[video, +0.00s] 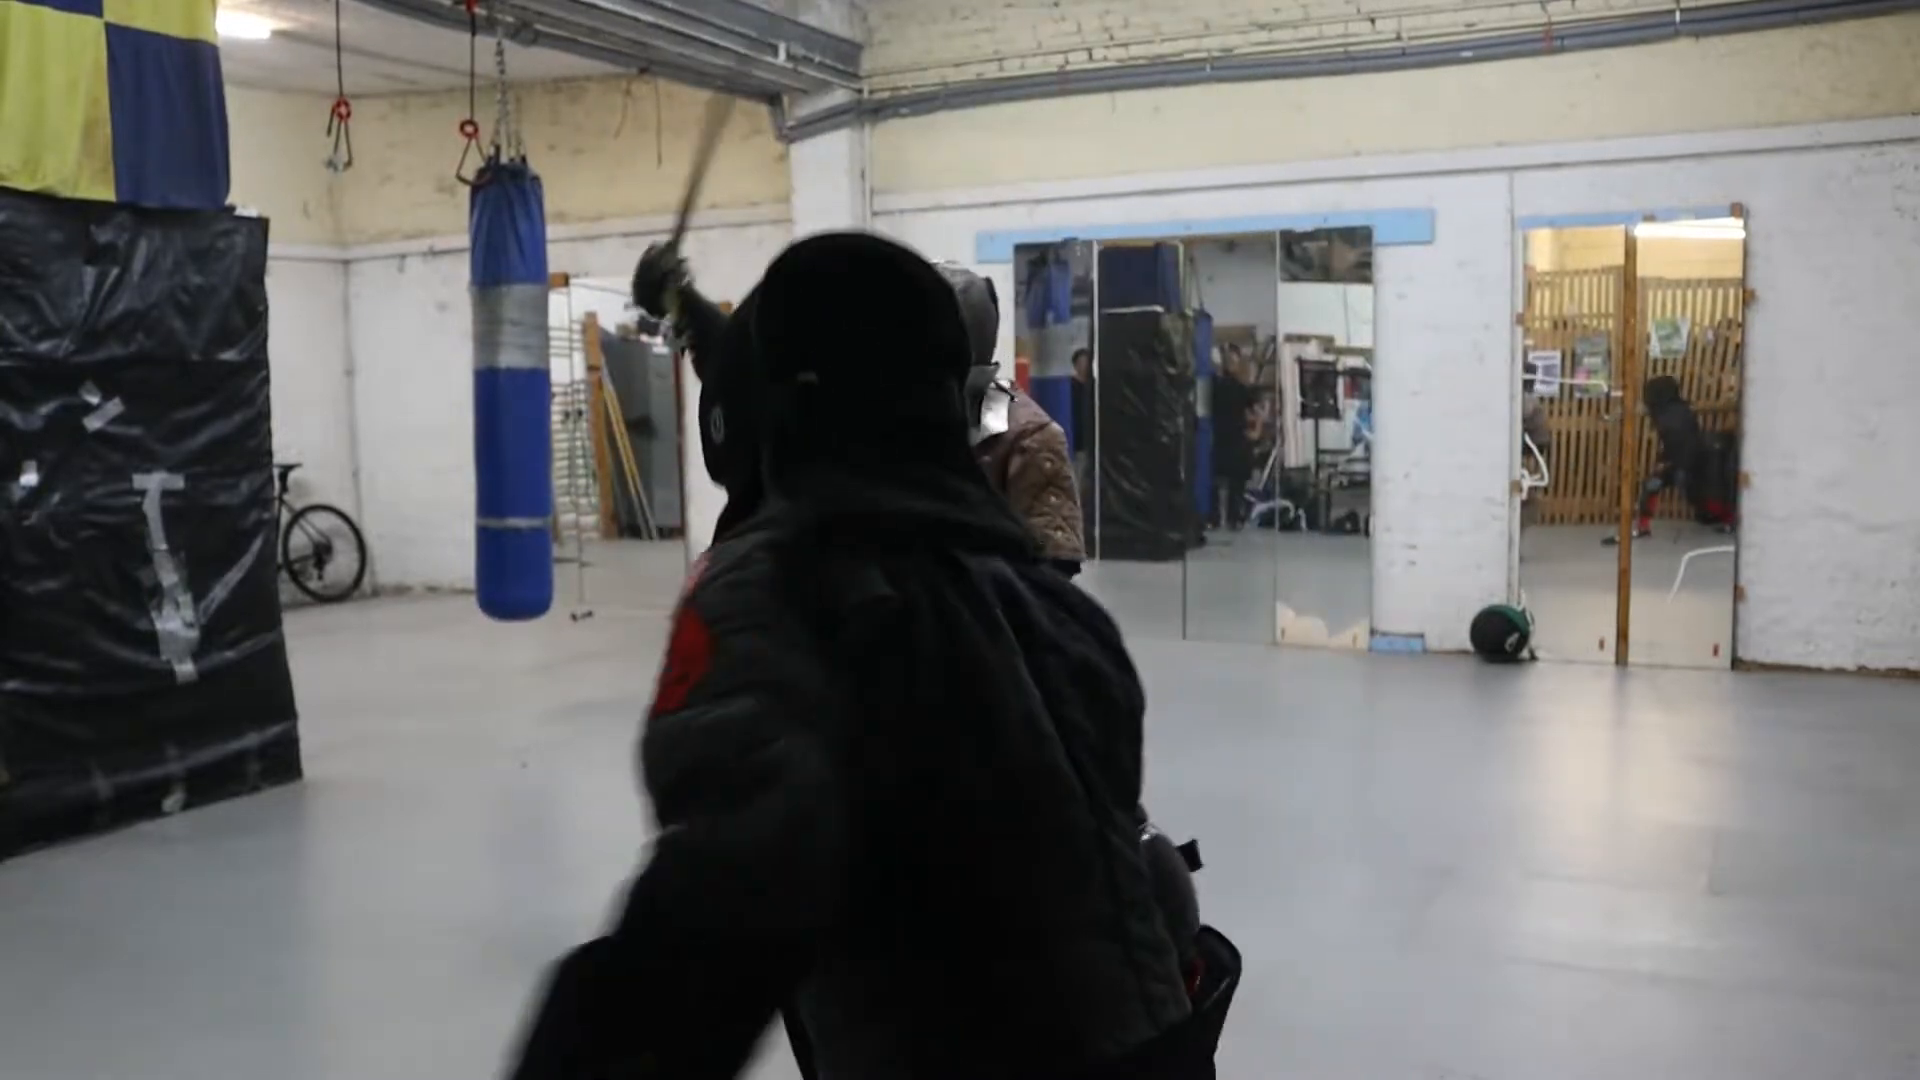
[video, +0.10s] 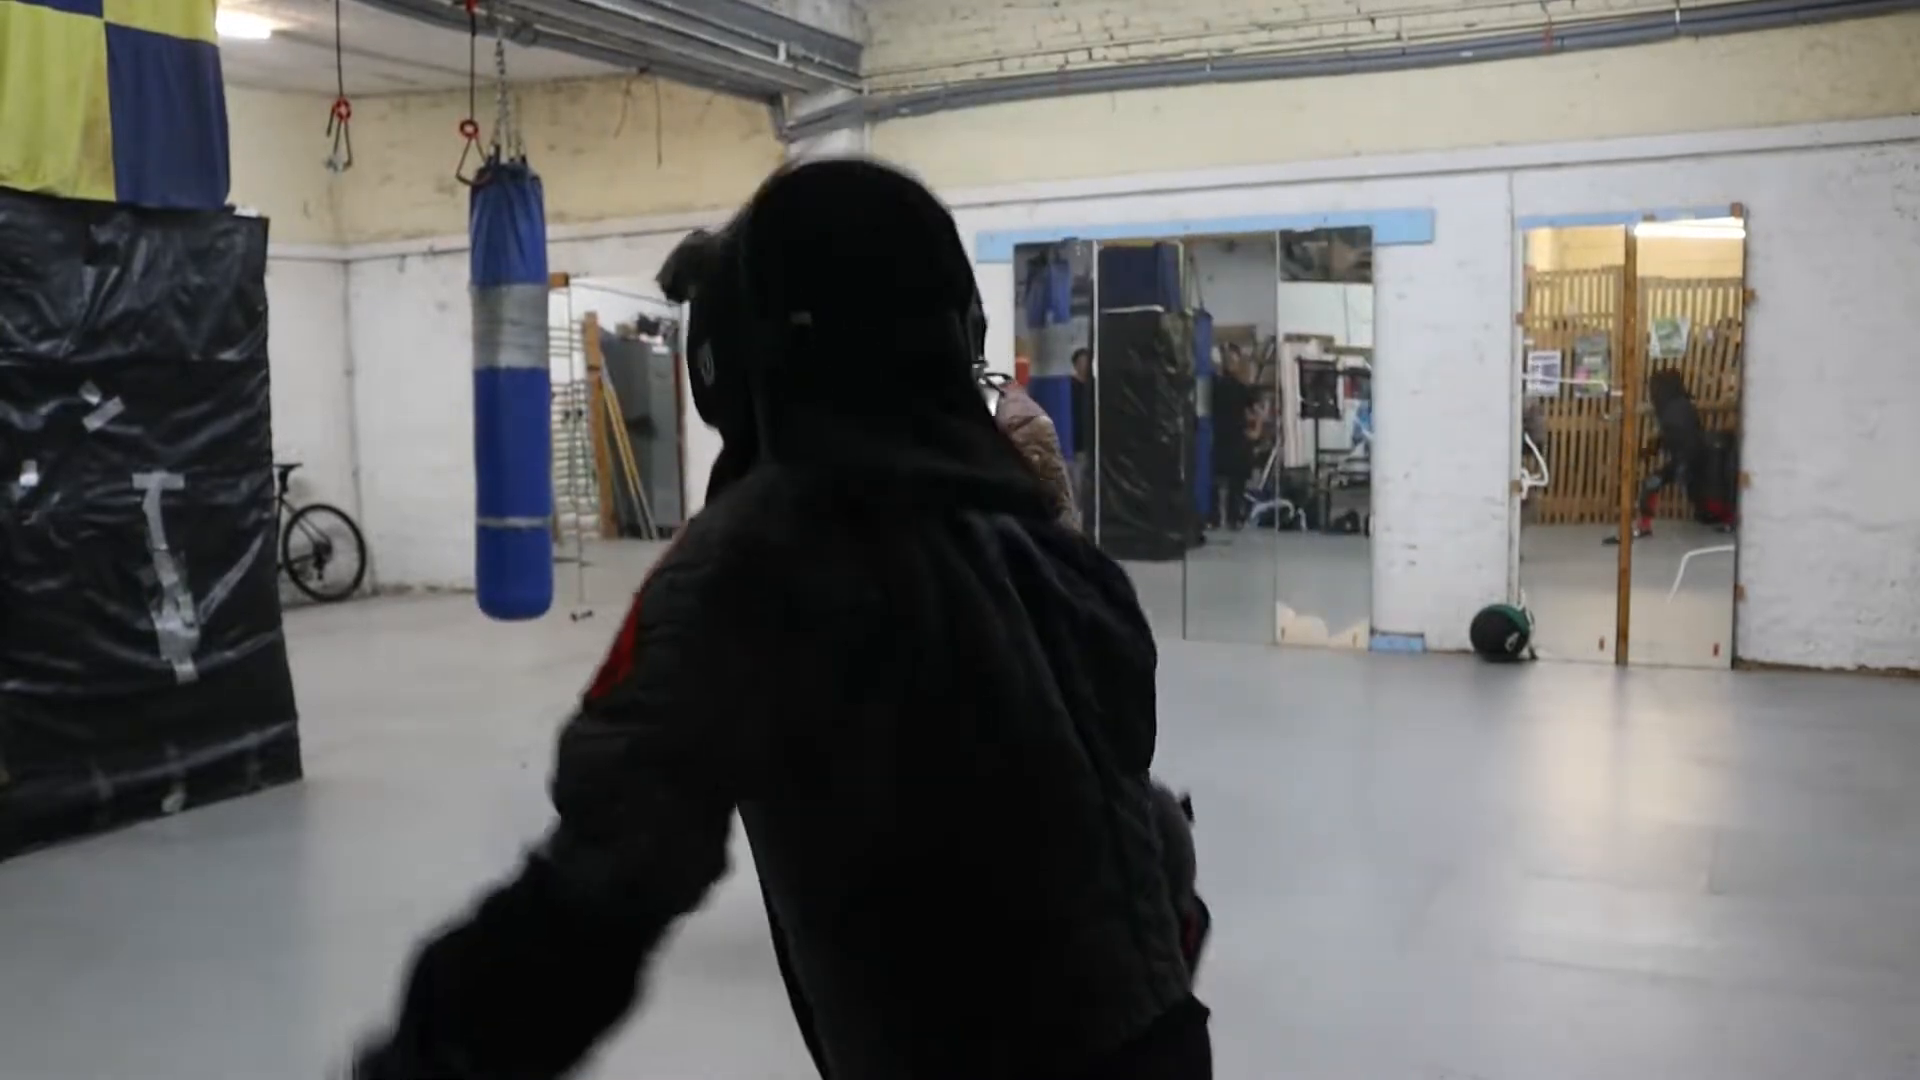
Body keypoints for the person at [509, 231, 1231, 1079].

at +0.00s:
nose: (715, 435)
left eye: (729, 402)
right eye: (713, 403)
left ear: (785, 403)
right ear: (934, 400)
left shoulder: (762, 592)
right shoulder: (1032, 581)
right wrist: (720, 335)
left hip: (913, 1047)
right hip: (1130, 1028)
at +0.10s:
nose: (696, 375)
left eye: (709, 341)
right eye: (693, 341)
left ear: (768, 349)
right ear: (942, 338)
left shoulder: (746, 564)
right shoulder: (1040, 532)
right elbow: (1135, 793)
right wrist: (1168, 931)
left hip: (923, 1048)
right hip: (1149, 1030)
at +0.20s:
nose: (695, 340)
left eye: (706, 302)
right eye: (694, 303)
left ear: (757, 293)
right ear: (933, 278)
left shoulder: (754, 499)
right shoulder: (1028, 484)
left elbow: (576, 731)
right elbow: (1132, 763)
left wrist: (421, 812)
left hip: (912, 1034)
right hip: (1122, 1015)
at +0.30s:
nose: (694, 270)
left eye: (703, 236)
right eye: (695, 238)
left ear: (751, 239)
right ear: (923, 232)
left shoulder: (733, 433)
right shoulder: (1000, 433)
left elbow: (523, 624)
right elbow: (1131, 663)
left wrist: (416, 641)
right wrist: (1090, 784)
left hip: (913, 976)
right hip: (1074, 948)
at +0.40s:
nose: (706, 197)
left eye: (719, 165)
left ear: (740, 178)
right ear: (925, 185)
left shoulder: (705, 378)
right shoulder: (999, 391)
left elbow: (460, 614)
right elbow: (1134, 584)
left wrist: (452, 538)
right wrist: (1040, 620)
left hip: (871, 909)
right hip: (1035, 888)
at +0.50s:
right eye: (922, 117)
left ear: (743, 122)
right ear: (913, 131)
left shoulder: (688, 317)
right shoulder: (992, 337)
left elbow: (501, 575)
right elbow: (1105, 510)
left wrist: (583, 590)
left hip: (825, 829)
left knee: (767, 1066)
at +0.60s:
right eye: (893, 115)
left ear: (725, 125)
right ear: (887, 128)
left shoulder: (664, 330)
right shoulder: (972, 330)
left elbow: (534, 607)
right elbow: (1091, 509)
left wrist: (614, 625)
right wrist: (993, 517)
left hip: (788, 793)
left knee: (734, 1048)